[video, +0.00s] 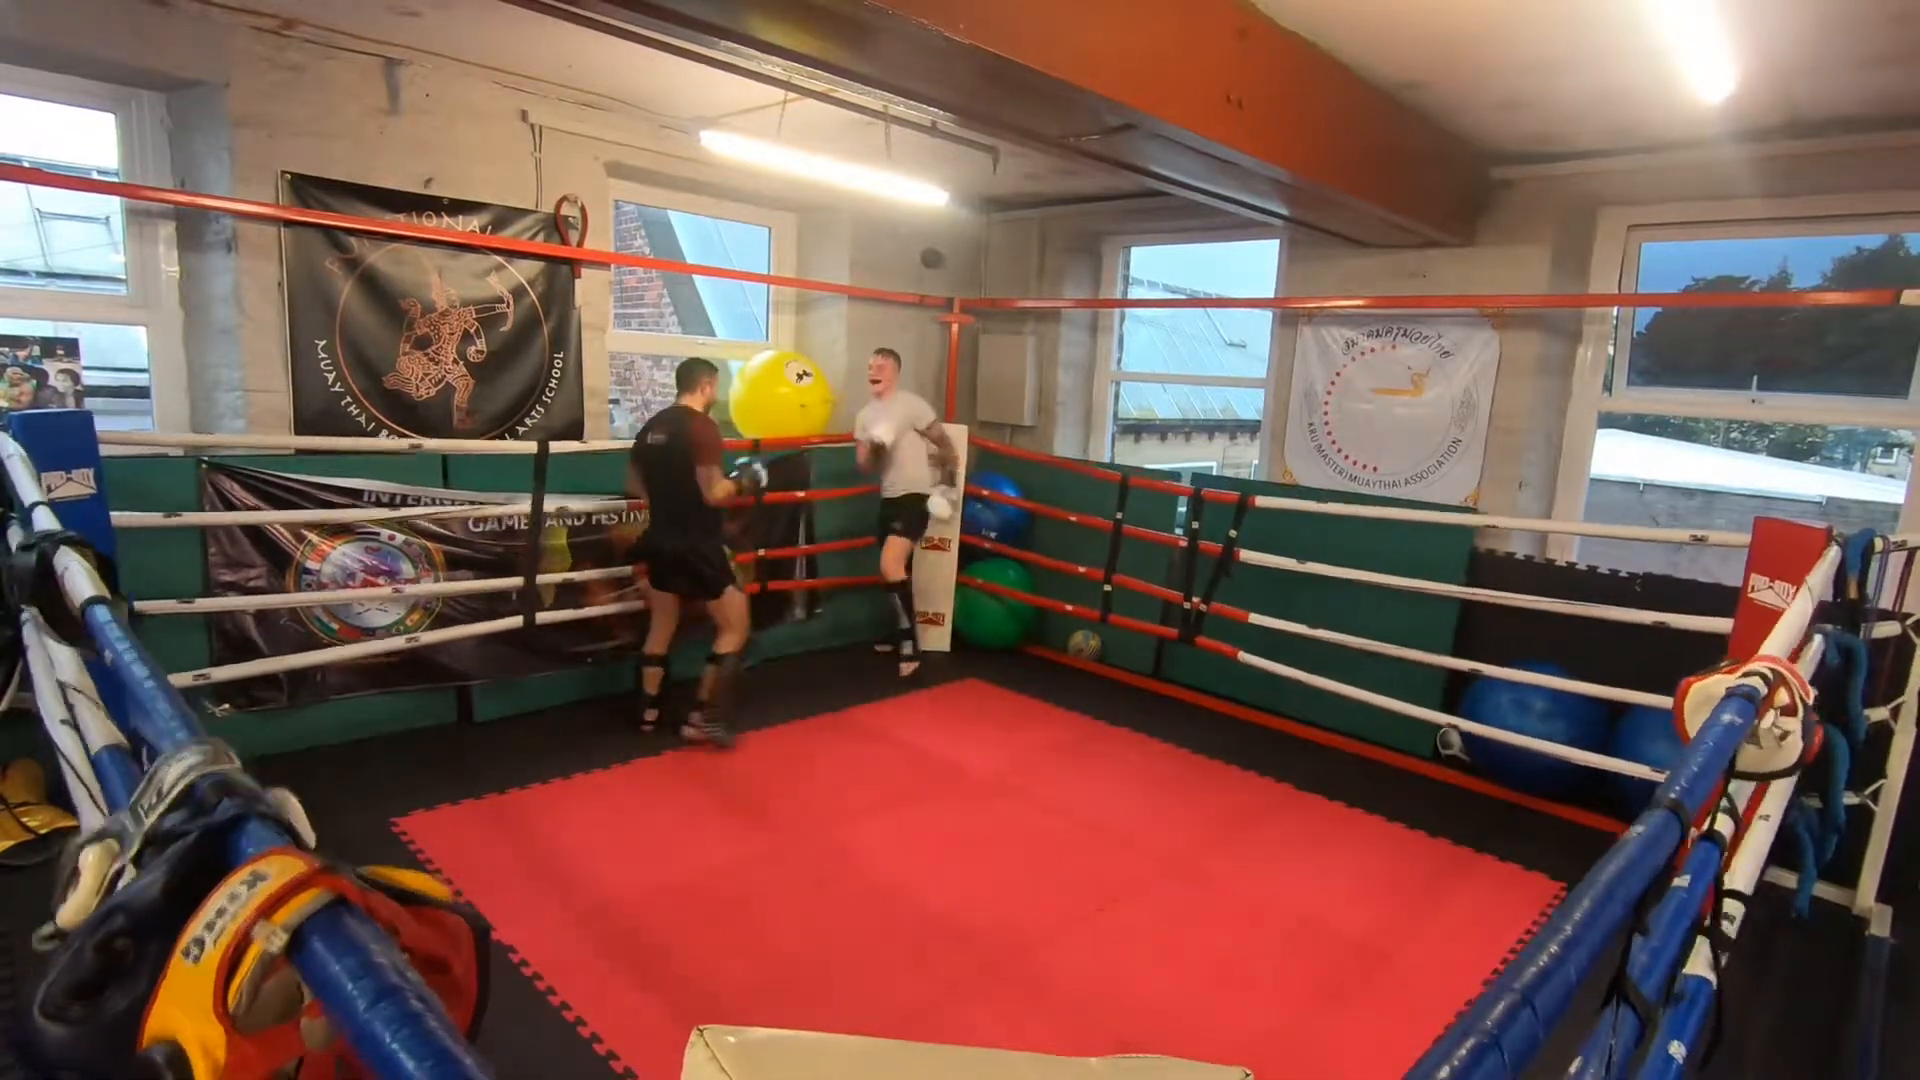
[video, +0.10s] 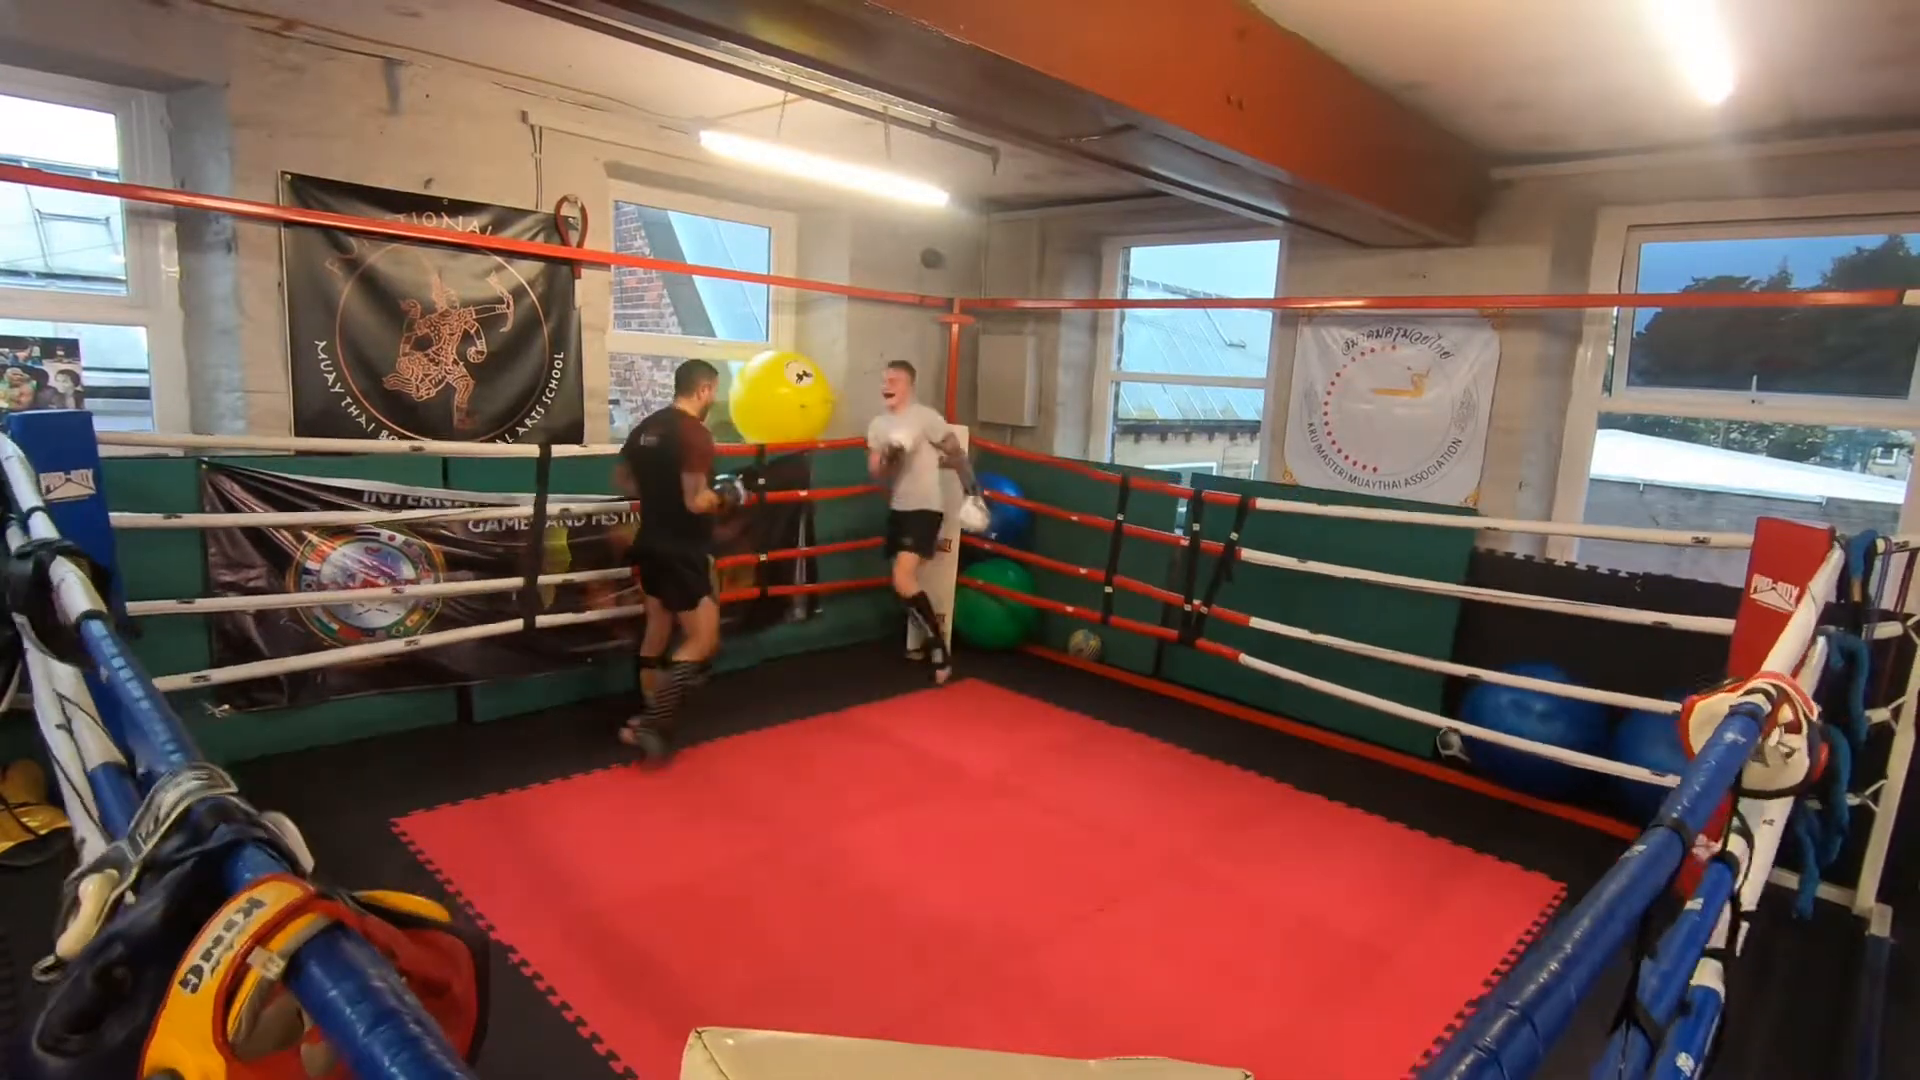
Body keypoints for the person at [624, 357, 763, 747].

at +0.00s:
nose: (715, 394)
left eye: (714, 387)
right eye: (714, 388)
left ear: (680, 386)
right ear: (705, 386)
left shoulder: (651, 427)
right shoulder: (702, 427)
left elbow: (634, 486)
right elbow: (713, 493)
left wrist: (675, 489)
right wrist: (744, 482)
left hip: (659, 544)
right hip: (699, 546)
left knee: (661, 625)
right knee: (734, 624)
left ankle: (649, 712)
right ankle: (706, 714)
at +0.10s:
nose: (715, 398)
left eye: (714, 391)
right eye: (714, 391)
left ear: (679, 387)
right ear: (702, 389)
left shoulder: (647, 426)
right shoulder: (694, 433)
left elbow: (623, 480)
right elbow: (696, 502)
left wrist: (666, 486)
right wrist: (724, 497)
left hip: (649, 545)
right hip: (684, 549)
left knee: (657, 630)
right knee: (703, 636)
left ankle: (654, 721)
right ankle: (651, 721)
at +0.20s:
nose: (714, 408)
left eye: (715, 400)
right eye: (714, 400)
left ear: (681, 393)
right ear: (701, 395)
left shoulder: (646, 428)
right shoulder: (687, 439)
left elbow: (620, 477)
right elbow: (694, 511)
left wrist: (655, 497)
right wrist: (720, 501)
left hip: (641, 547)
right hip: (671, 552)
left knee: (659, 631)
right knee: (660, 647)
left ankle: (651, 706)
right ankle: (600, 736)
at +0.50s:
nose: (727, 408)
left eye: (729, 400)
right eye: (727, 399)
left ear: (696, 390)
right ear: (713, 392)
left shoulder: (653, 422)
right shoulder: (696, 438)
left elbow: (621, 468)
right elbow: (706, 512)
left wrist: (665, 484)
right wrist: (730, 491)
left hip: (665, 550)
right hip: (666, 557)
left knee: (690, 636)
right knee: (639, 649)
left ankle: (701, 717)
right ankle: (591, 745)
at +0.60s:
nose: (735, 411)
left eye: (738, 403)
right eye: (736, 402)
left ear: (704, 392)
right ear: (722, 395)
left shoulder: (664, 426)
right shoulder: (706, 441)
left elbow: (634, 471)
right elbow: (722, 514)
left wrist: (678, 480)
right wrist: (745, 492)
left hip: (662, 550)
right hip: (679, 559)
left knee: (707, 640)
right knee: (647, 650)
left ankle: (738, 720)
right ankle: (594, 744)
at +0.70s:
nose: (747, 418)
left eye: (750, 410)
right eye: (748, 409)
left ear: (717, 400)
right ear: (732, 402)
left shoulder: (680, 438)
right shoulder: (713, 445)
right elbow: (738, 518)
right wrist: (761, 493)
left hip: (696, 564)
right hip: (692, 568)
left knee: (730, 648)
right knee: (658, 656)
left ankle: (757, 727)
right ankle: (596, 743)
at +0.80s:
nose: (763, 419)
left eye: (766, 412)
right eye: (763, 410)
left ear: (739, 398)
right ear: (747, 400)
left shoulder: (711, 435)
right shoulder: (726, 442)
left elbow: (727, 495)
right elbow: (756, 506)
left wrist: (764, 477)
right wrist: (787, 480)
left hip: (729, 560)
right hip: (707, 563)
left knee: (750, 642)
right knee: (686, 655)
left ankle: (758, 727)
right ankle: (611, 735)